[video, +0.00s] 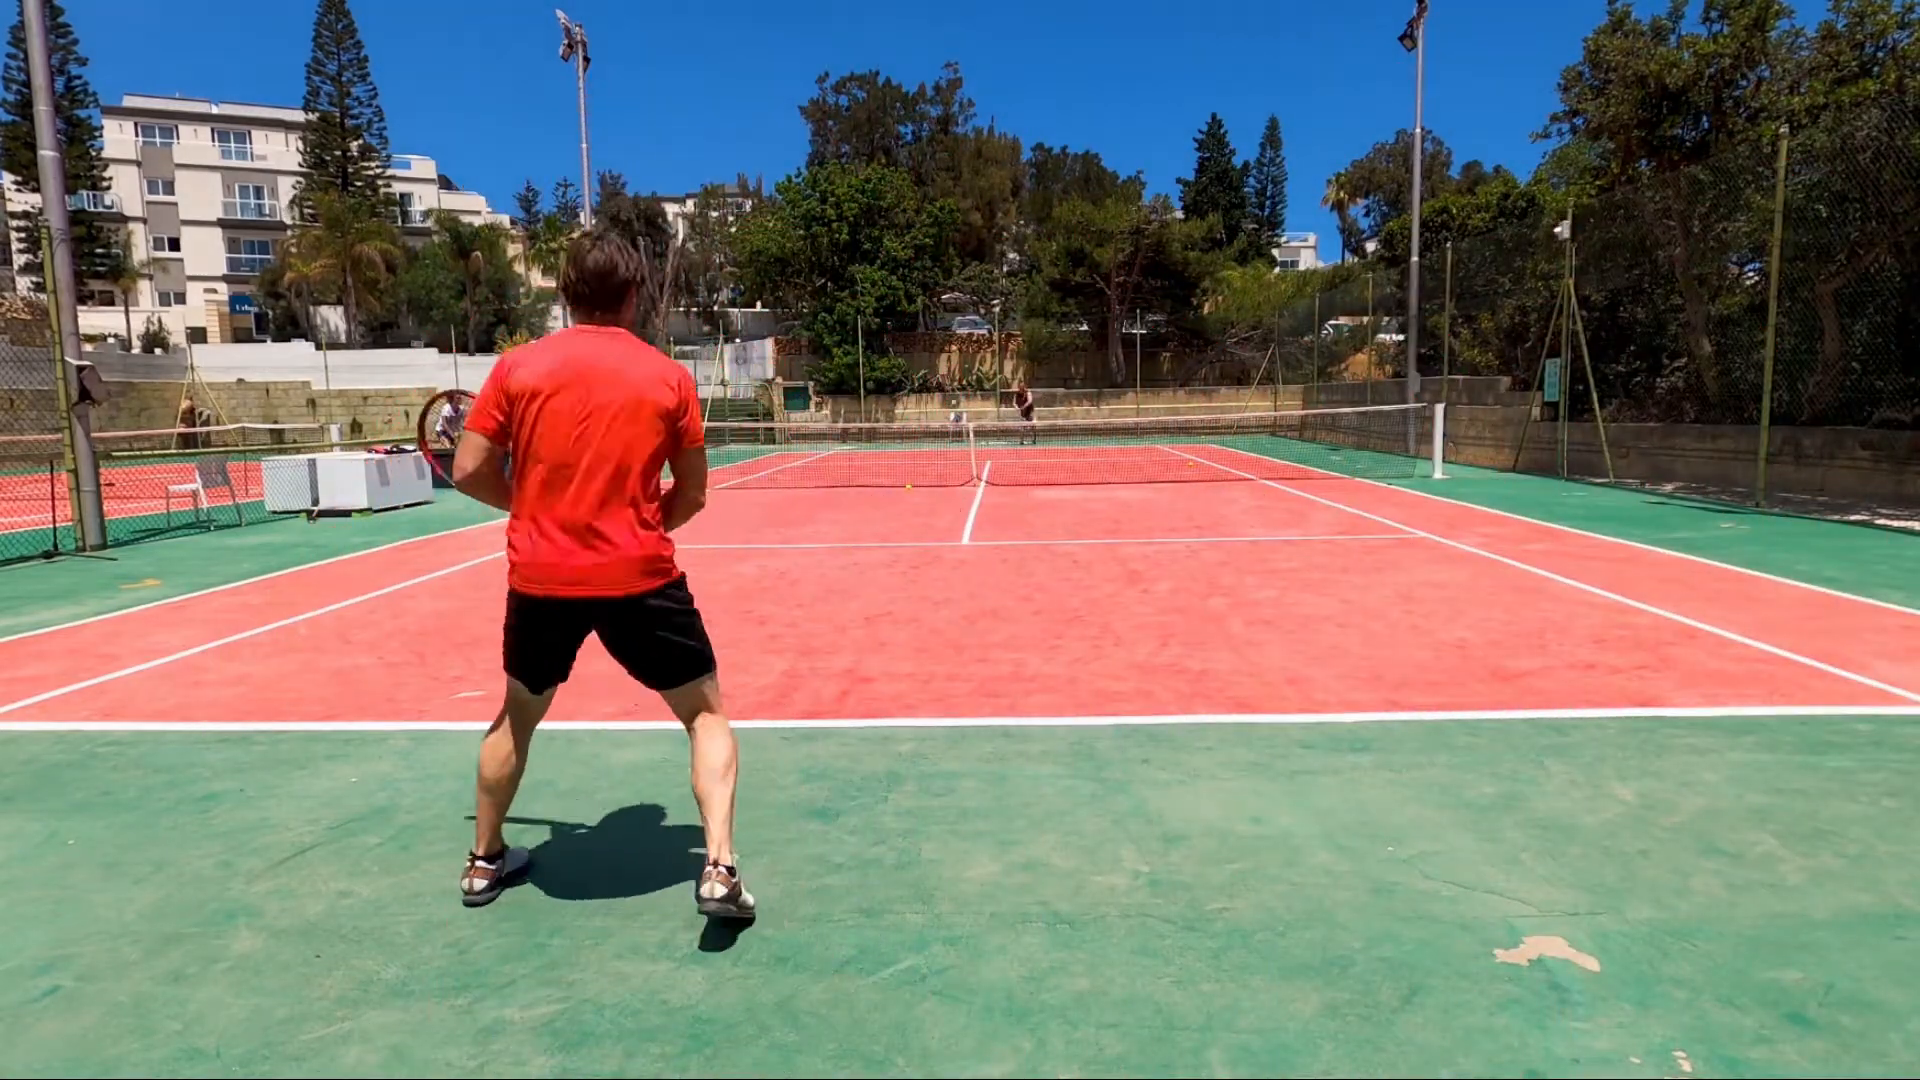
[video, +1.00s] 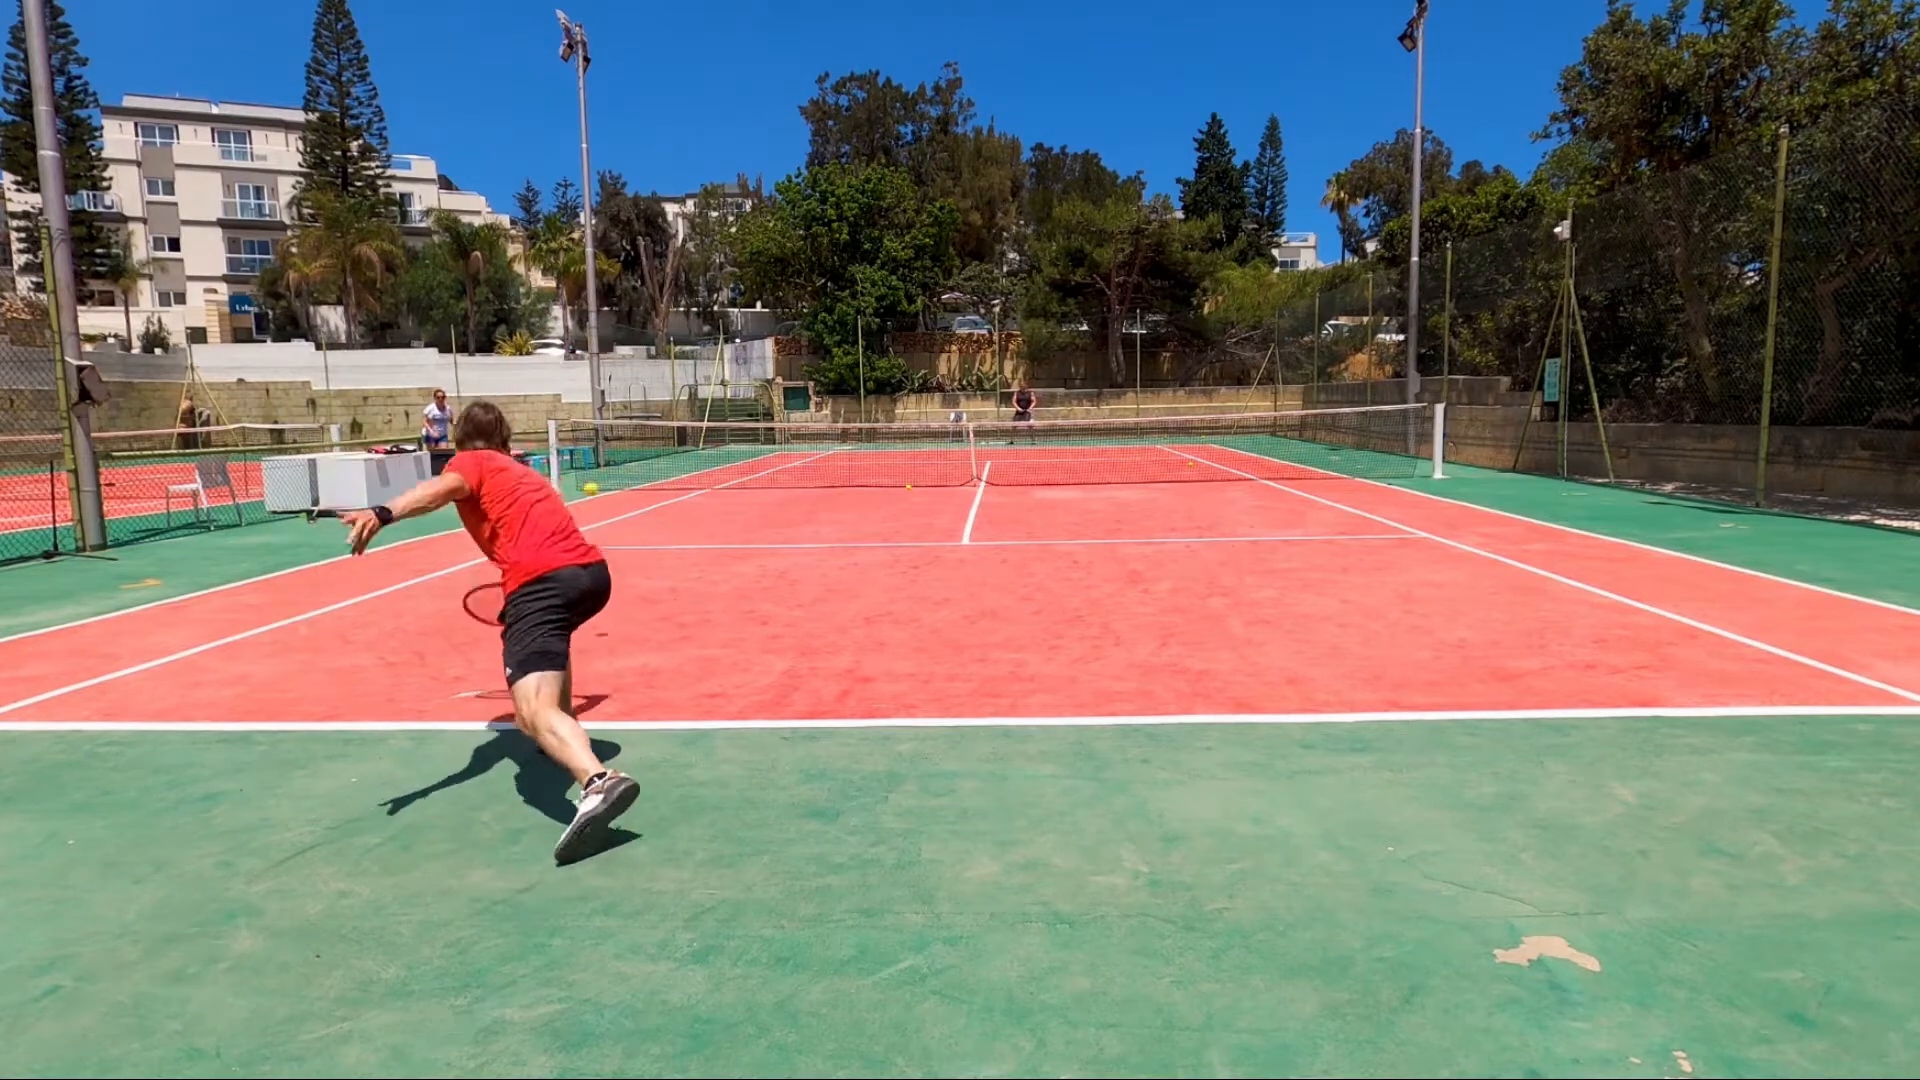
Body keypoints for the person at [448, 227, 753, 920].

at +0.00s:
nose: (637, 299)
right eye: (636, 290)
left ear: (566, 292)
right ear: (634, 294)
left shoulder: (518, 366)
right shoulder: (668, 377)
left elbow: (469, 472)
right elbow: (690, 494)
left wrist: (535, 502)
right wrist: (638, 526)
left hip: (542, 582)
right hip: (639, 579)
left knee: (515, 714)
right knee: (704, 713)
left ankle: (482, 861)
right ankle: (720, 867)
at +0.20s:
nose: (527, 345)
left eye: (528, 335)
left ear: (535, 335)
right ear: (594, 336)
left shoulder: (531, 389)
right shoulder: (633, 397)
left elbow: (496, 491)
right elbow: (612, 511)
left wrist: (466, 499)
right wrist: (512, 535)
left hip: (573, 595)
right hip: (661, 592)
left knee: (498, 701)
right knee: (696, 746)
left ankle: (522, 862)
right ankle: (748, 900)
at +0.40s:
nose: (458, 374)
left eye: (457, 364)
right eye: (459, 365)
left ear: (464, 363)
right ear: (520, 358)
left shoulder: (481, 410)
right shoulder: (557, 412)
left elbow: (503, 498)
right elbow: (535, 529)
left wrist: (433, 542)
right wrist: (459, 583)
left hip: (563, 594)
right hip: (635, 588)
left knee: (475, 728)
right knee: (625, 716)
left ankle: (527, 886)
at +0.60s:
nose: (438, 399)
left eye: (439, 389)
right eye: (440, 391)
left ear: (447, 386)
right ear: (500, 383)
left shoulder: (465, 413)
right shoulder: (519, 423)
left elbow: (472, 470)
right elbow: (463, 522)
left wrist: (396, 477)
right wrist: (384, 524)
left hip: (558, 578)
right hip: (622, 567)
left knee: (506, 727)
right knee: (593, 633)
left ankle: (536, 878)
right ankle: (603, 740)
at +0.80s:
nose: (448, 429)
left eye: (449, 420)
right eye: (449, 420)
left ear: (459, 422)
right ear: (500, 419)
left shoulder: (485, 451)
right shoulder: (510, 450)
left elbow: (459, 513)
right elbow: (432, 532)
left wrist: (372, 535)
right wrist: (356, 554)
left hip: (572, 588)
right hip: (610, 578)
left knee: (525, 716)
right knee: (544, 640)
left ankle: (554, 831)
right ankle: (564, 730)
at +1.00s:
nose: (454, 453)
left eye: (455, 447)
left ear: (460, 442)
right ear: (505, 443)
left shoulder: (469, 461)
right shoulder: (525, 471)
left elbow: (443, 489)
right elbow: (548, 532)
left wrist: (383, 513)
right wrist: (521, 593)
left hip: (543, 582)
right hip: (592, 575)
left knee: (538, 711)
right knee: (549, 634)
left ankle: (596, 781)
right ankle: (562, 725)